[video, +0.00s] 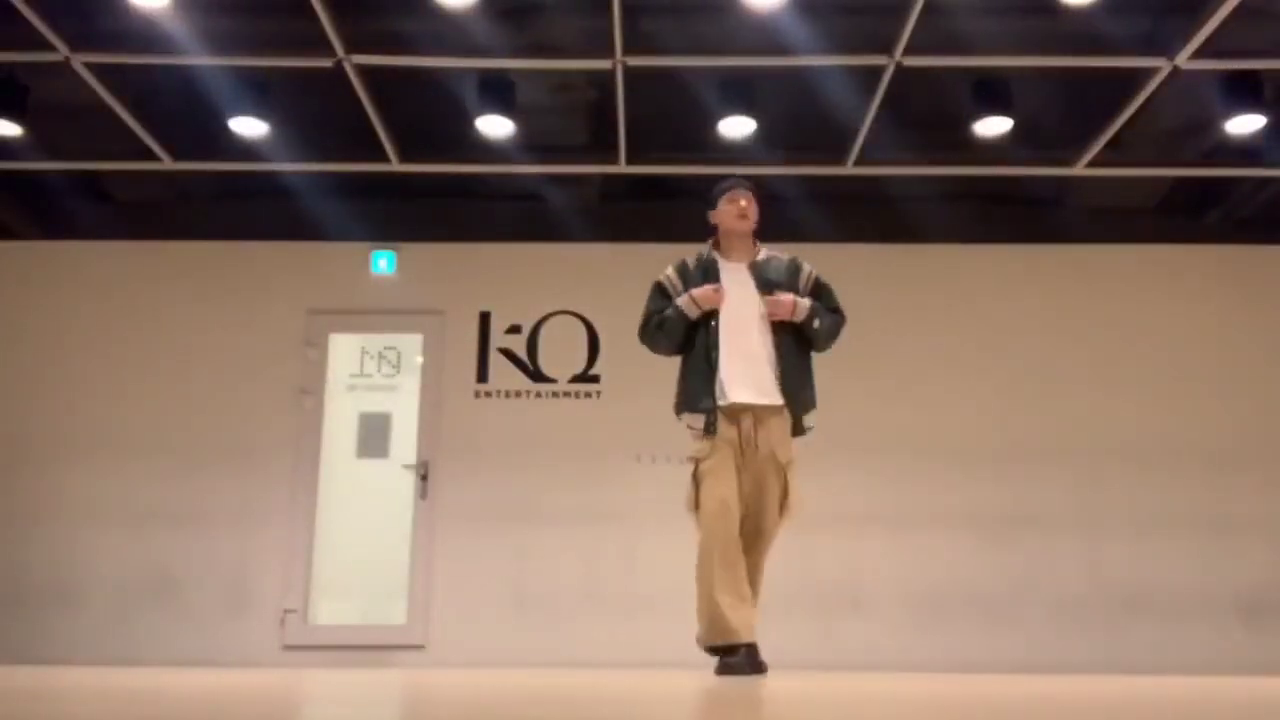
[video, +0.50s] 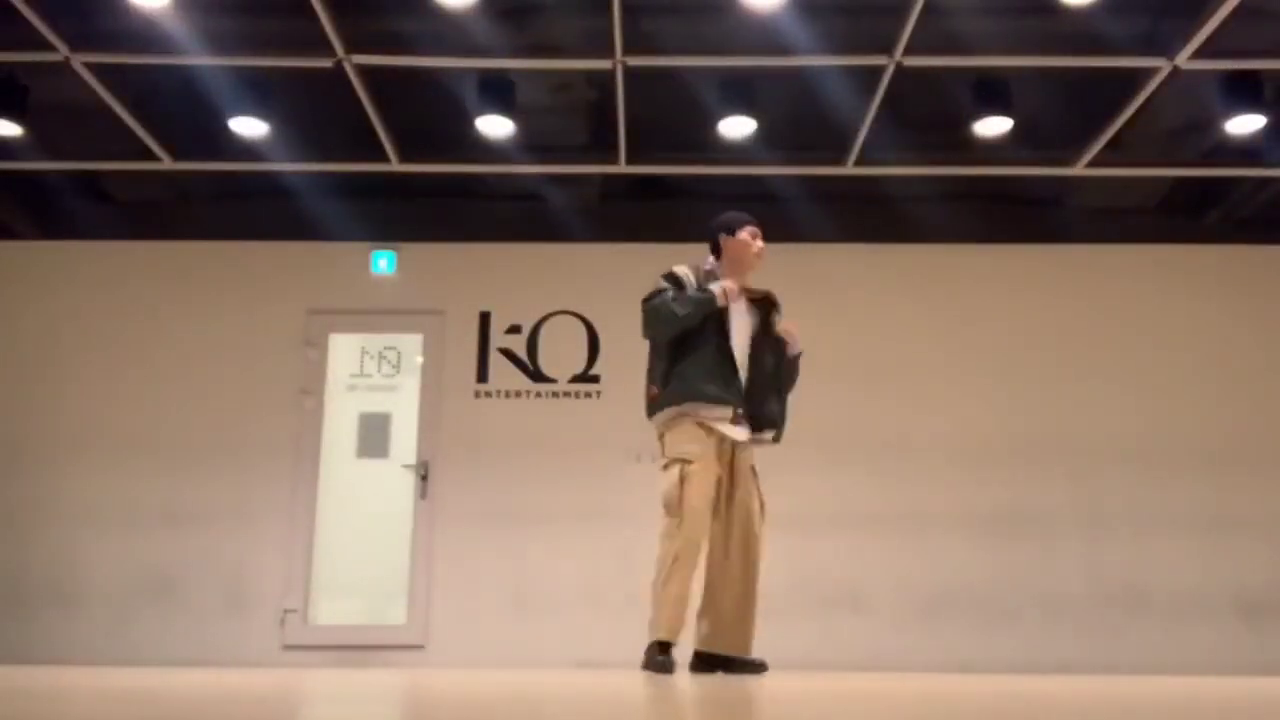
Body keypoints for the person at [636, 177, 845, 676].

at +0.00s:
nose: (742, 205)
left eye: (748, 199)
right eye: (731, 200)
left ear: (759, 214)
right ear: (713, 217)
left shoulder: (792, 271)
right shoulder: (685, 275)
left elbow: (831, 327)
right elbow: (655, 337)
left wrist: (802, 312)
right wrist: (689, 306)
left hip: (773, 416)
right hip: (715, 416)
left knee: (760, 527)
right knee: (719, 520)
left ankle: (727, 630)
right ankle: (735, 641)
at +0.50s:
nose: (760, 243)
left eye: (761, 237)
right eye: (750, 235)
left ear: (755, 251)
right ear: (722, 243)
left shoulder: (760, 308)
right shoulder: (684, 284)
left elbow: (773, 387)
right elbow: (659, 323)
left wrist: (788, 353)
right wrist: (714, 294)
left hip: (739, 431)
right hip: (690, 423)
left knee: (741, 536)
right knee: (688, 525)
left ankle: (720, 649)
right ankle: (662, 641)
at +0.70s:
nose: (740, 247)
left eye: (740, 239)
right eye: (733, 237)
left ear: (719, 243)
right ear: (706, 239)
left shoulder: (720, 299)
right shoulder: (672, 281)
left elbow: (723, 364)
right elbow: (661, 349)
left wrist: (739, 393)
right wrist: (702, 386)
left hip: (718, 430)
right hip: (674, 426)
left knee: (725, 536)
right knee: (672, 530)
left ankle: (714, 647)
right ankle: (636, 632)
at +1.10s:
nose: (687, 241)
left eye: (685, 233)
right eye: (677, 234)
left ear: (676, 244)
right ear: (651, 243)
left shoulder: (695, 305)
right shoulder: (615, 296)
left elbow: (710, 363)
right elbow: (586, 367)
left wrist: (697, 410)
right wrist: (605, 431)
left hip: (682, 445)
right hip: (629, 443)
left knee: (704, 523)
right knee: (628, 545)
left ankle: (700, 635)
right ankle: (623, 645)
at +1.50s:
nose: (657, 233)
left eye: (659, 226)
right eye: (647, 226)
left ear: (664, 237)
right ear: (623, 237)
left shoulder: (683, 298)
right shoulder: (593, 298)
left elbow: (702, 358)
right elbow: (571, 368)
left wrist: (680, 412)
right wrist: (587, 424)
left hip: (673, 439)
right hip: (619, 441)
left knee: (690, 521)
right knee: (624, 543)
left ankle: (671, 634)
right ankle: (623, 645)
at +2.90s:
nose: (677, 199)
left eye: (685, 190)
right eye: (667, 191)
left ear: (702, 199)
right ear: (655, 204)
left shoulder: (740, 253)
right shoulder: (632, 265)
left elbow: (784, 300)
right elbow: (593, 315)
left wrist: (786, 261)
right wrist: (578, 275)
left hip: (728, 417)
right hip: (662, 416)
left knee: (727, 520)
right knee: (659, 512)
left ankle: (709, 633)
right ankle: (664, 641)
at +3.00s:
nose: (678, 196)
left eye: (686, 186)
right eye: (667, 188)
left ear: (698, 195)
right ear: (649, 198)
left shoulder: (732, 246)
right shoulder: (626, 254)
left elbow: (783, 236)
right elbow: (572, 244)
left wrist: (749, 183)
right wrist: (606, 187)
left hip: (724, 399)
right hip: (658, 401)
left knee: (750, 489)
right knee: (659, 498)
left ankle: (719, 618)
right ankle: (664, 641)